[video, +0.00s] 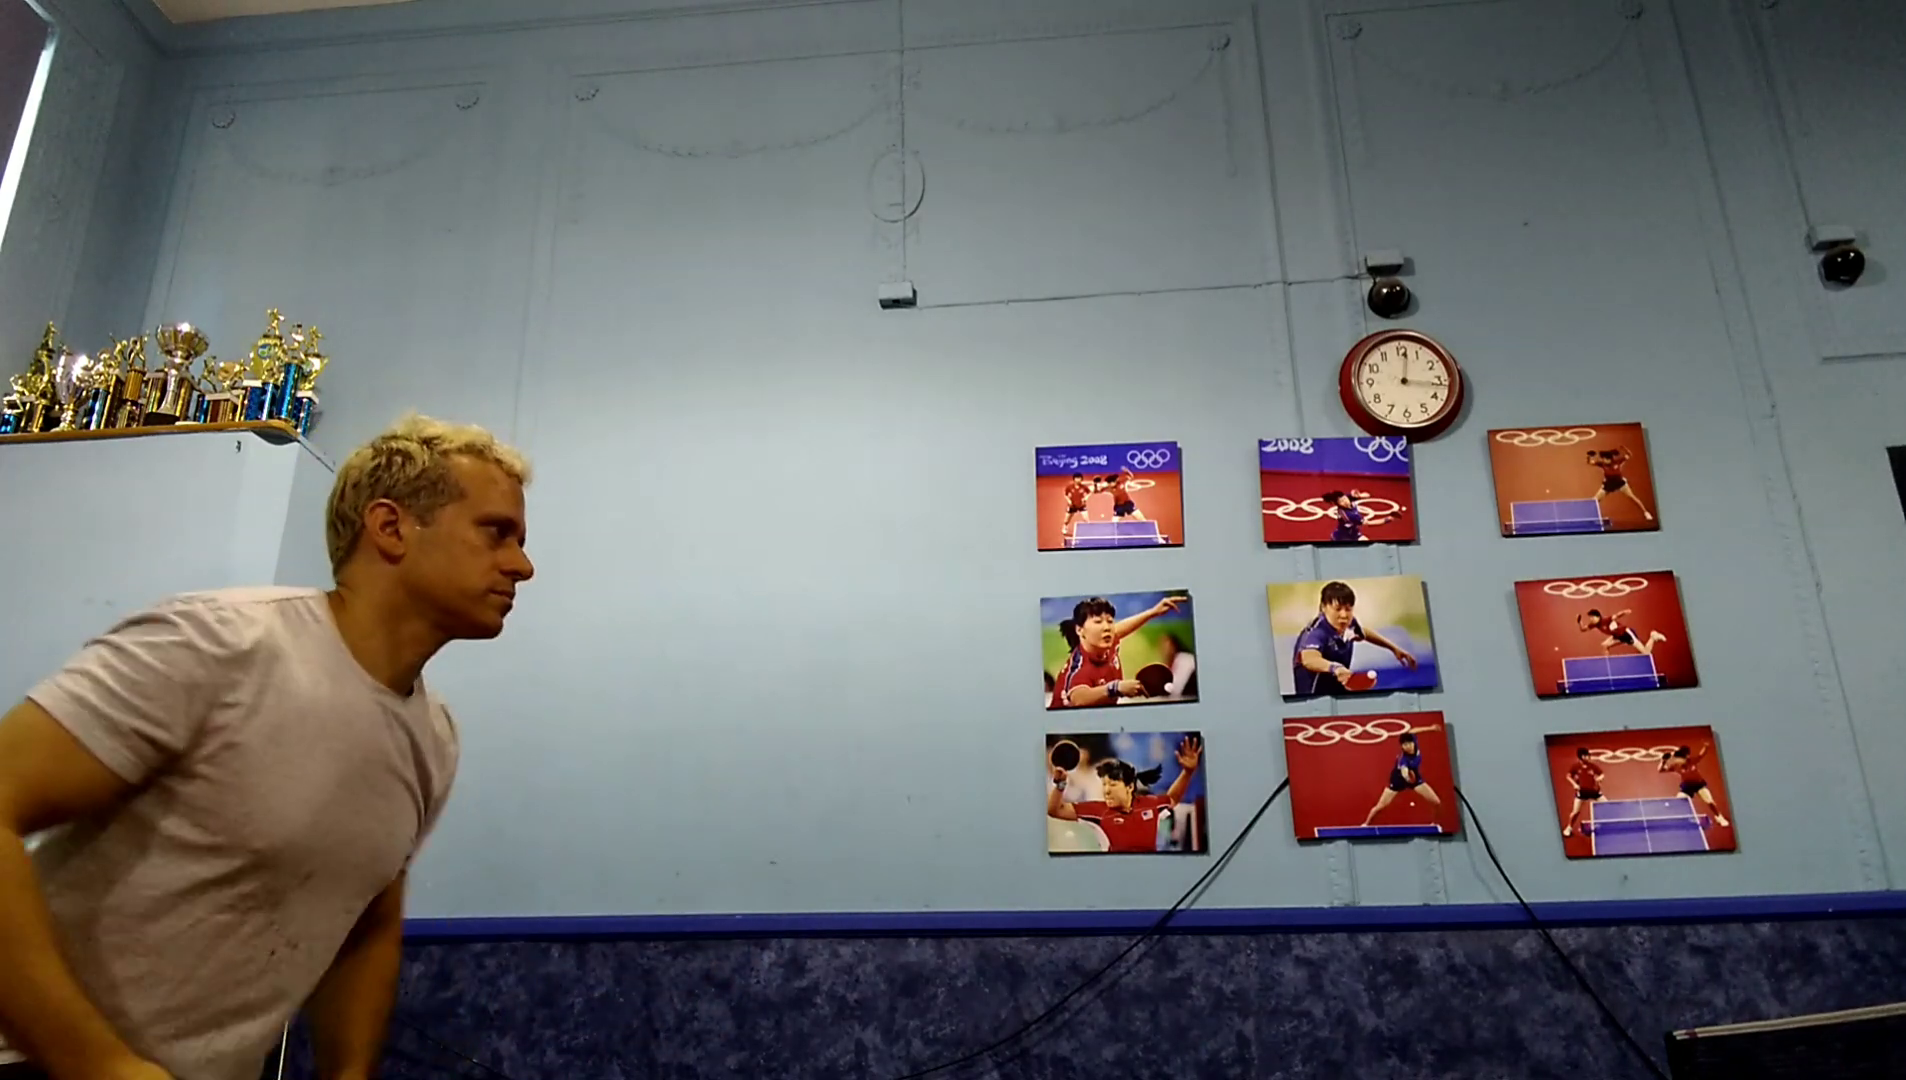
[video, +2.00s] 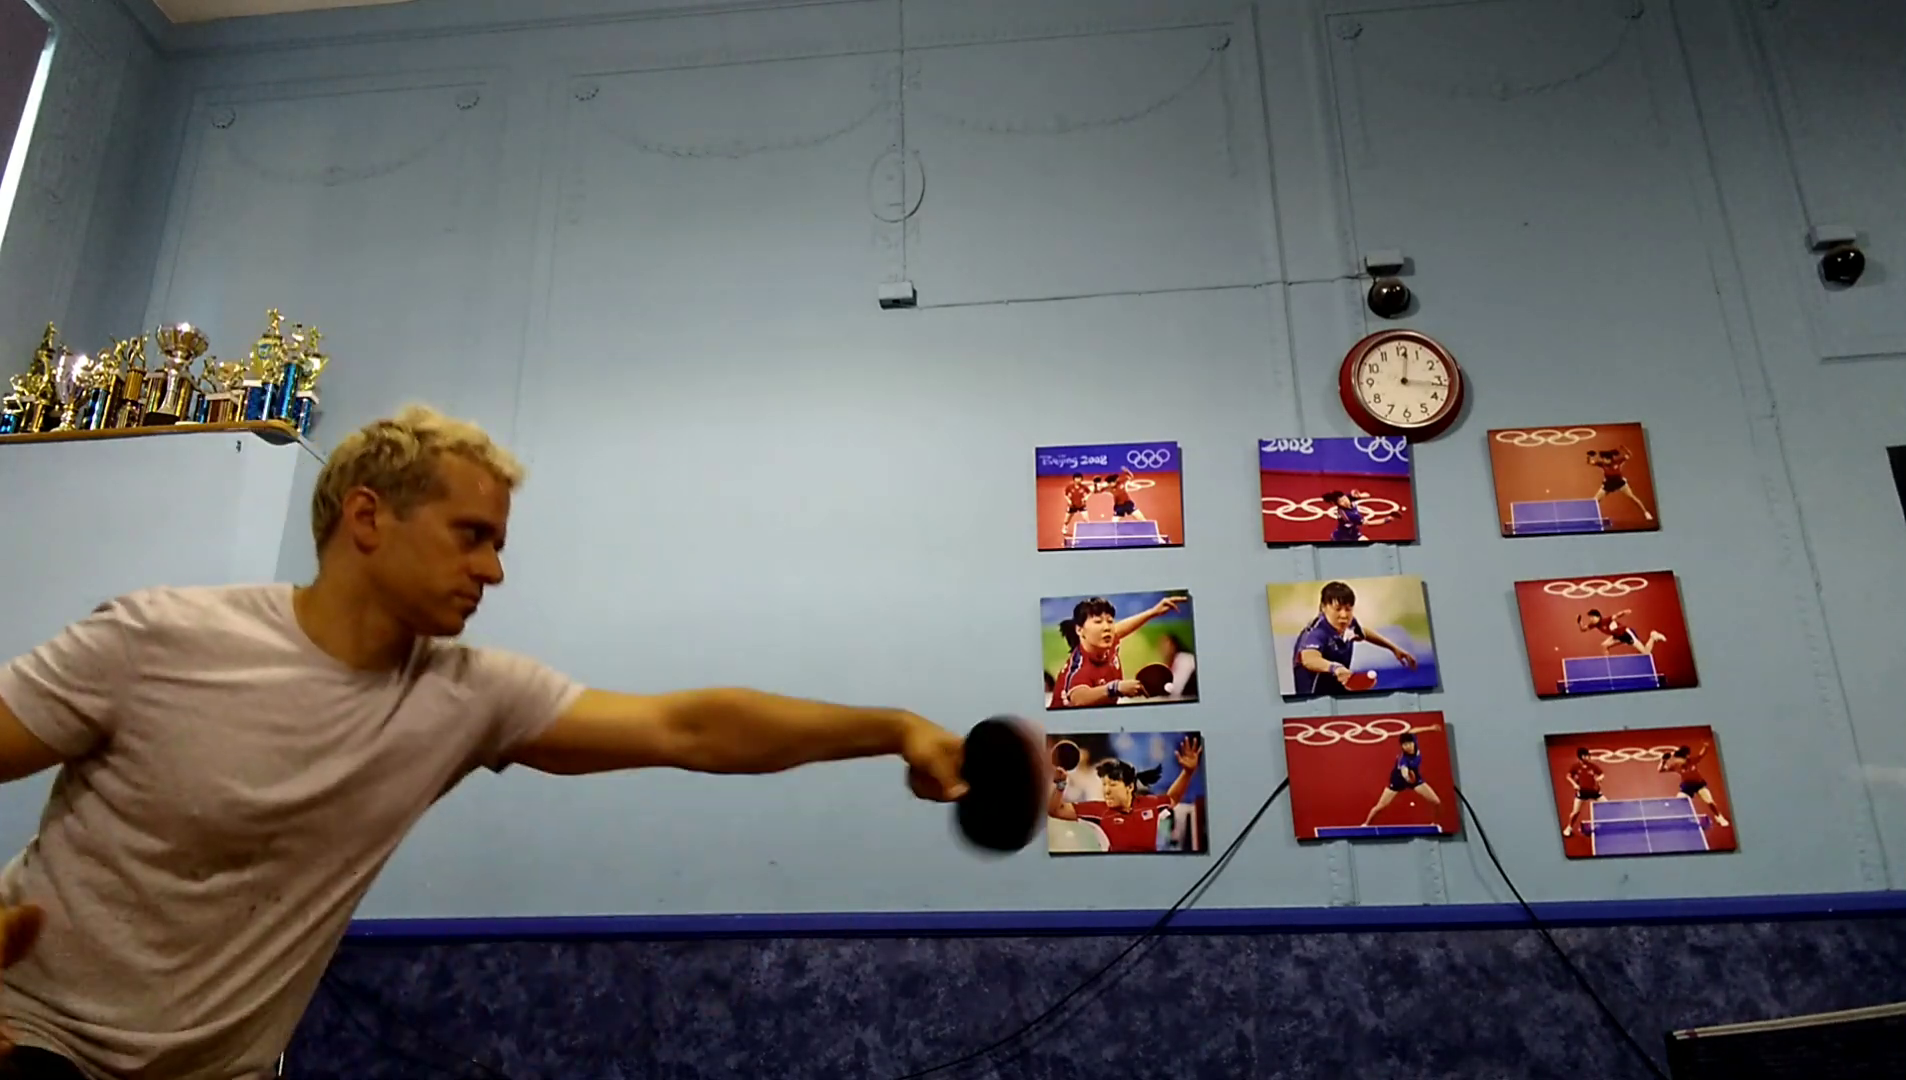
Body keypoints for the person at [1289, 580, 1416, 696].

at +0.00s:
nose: (1344, 615)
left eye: (1348, 609)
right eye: (1338, 609)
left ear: (1353, 609)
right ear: (1324, 608)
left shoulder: (1349, 624)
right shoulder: (1315, 632)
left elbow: (1364, 634)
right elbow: (1309, 660)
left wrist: (1395, 649)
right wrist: (1335, 668)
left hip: (1341, 705)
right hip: (1314, 708)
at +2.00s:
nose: (1344, 615)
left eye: (1348, 609)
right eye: (1338, 609)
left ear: (1353, 609)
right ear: (1324, 608)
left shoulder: (1349, 624)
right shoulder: (1316, 633)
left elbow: (1364, 634)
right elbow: (1309, 660)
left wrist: (1395, 649)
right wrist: (1335, 668)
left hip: (1341, 704)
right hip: (1314, 708)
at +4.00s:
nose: (1344, 615)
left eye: (1348, 609)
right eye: (1338, 609)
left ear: (1353, 609)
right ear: (1324, 608)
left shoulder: (1349, 624)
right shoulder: (1315, 633)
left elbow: (1364, 634)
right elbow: (1309, 660)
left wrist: (1395, 649)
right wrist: (1335, 668)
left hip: (1341, 704)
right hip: (1314, 708)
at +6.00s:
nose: (1344, 615)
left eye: (1348, 609)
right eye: (1338, 609)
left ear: (1353, 609)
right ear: (1324, 608)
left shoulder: (1349, 624)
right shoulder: (1316, 633)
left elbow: (1364, 633)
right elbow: (1309, 660)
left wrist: (1394, 649)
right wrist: (1335, 668)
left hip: (1341, 703)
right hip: (1314, 707)